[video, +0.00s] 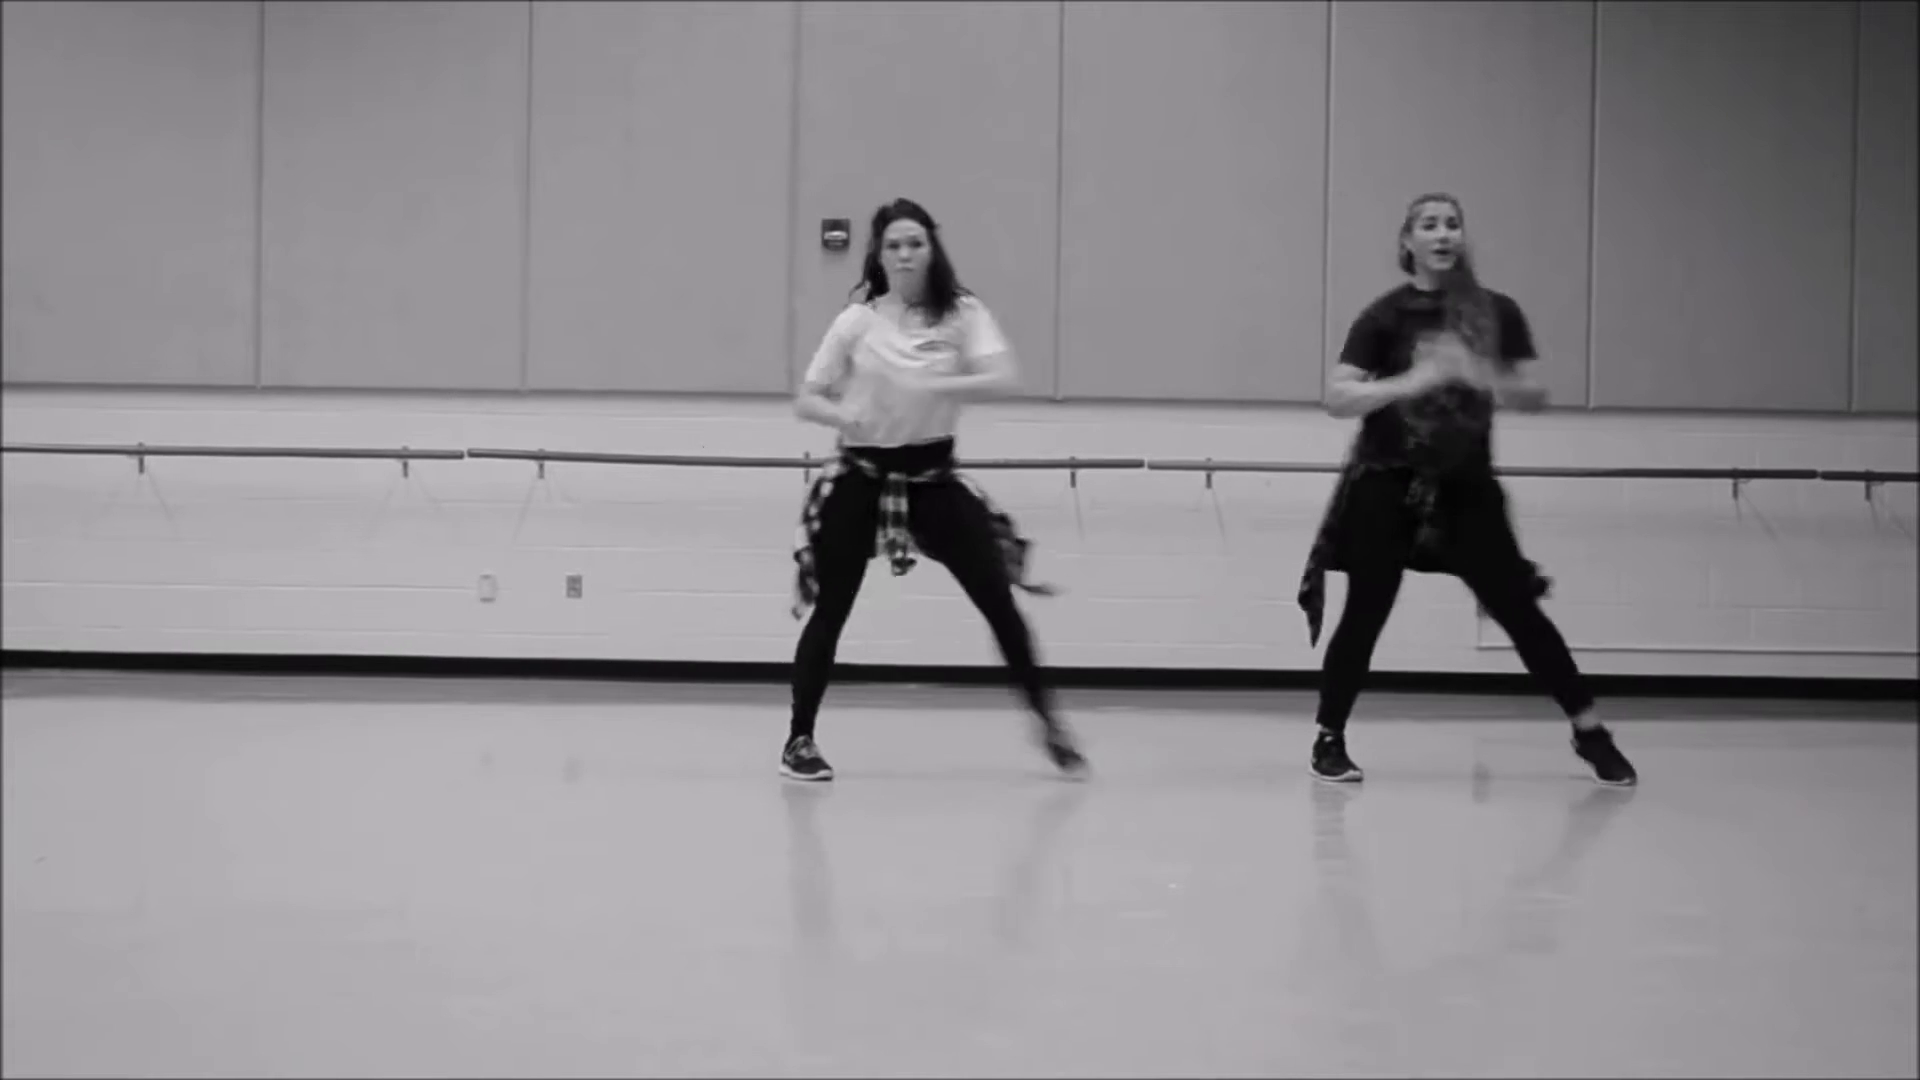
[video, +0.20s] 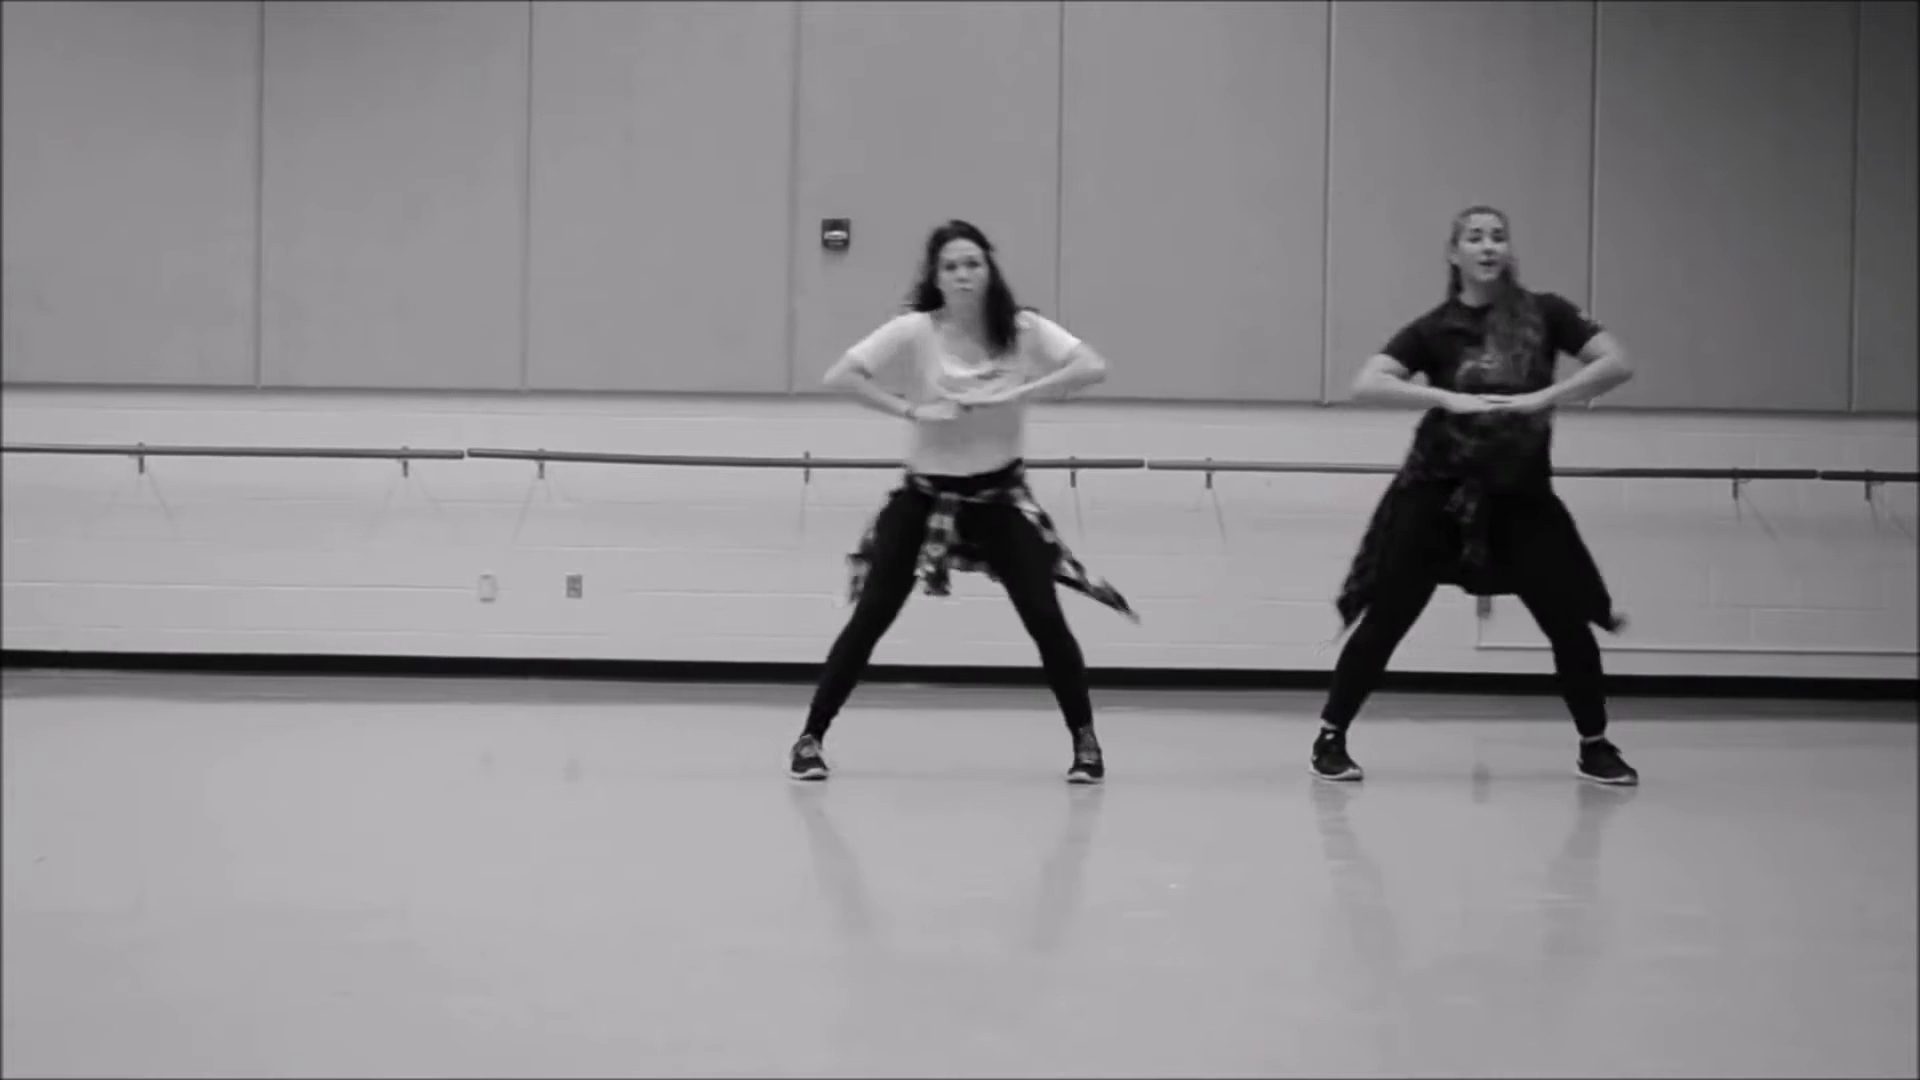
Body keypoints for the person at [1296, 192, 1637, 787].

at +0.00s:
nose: (1443, 235)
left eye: (1452, 225)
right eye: (1429, 226)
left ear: (1465, 238)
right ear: (1406, 241)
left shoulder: (1496, 313)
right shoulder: (1385, 315)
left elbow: (1534, 395)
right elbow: (1338, 397)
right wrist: (1417, 379)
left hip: (1465, 487)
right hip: (1386, 487)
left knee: (1518, 611)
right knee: (1365, 615)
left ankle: (1589, 729)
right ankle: (1329, 738)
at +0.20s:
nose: (1488, 246)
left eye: (1498, 237)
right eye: (1475, 238)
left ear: (1512, 250)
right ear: (1455, 253)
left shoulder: (1545, 314)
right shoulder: (1436, 327)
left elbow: (1617, 363)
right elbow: (1365, 383)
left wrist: (1546, 397)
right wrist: (1445, 398)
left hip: (1520, 498)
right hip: (1436, 497)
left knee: (1570, 623)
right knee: (1387, 619)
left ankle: (1595, 747)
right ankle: (1330, 737)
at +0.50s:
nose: (1525, 262)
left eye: (1536, 256)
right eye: (1513, 253)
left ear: (1546, 271)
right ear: (1489, 265)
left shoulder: (1575, 332)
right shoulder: (1472, 331)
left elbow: (1632, 390)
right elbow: (1426, 333)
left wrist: (1568, 382)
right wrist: (1505, 317)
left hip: (1543, 506)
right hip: (1458, 500)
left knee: (1592, 628)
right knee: (1400, 616)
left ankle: (1598, 747)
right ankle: (1328, 736)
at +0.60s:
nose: (1533, 268)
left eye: (1543, 263)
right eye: (1521, 258)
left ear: (1555, 278)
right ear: (1496, 269)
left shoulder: (1578, 340)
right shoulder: (1466, 336)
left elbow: (1617, 402)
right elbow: (1481, 380)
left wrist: (1573, 344)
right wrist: (1522, 319)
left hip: (1543, 510)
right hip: (1459, 505)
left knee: (1593, 625)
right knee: (1401, 615)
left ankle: (1598, 747)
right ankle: (1329, 736)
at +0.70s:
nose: (1538, 270)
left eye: (1550, 264)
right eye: (1527, 259)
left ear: (1559, 279)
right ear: (1502, 271)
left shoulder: (1578, 339)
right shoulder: (1473, 346)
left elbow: (1656, 343)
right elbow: (1511, 414)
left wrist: (1585, 315)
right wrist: (1548, 347)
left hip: (1542, 509)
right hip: (1459, 501)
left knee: (1590, 621)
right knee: (1399, 614)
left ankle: (1597, 747)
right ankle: (1328, 738)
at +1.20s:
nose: (1593, 287)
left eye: (1595, 278)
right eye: (1585, 275)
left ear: (1578, 280)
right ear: (1548, 273)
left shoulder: (1594, 341)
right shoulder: (1490, 330)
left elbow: (1681, 370)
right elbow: (1468, 364)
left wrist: (1629, 393)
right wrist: (1550, 380)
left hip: (1541, 509)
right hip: (1459, 500)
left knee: (1594, 619)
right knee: (1398, 617)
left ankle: (1596, 747)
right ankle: (1330, 737)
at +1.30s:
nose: (1599, 288)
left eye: (1602, 278)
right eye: (1593, 276)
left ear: (1577, 277)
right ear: (1557, 270)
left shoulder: (1596, 347)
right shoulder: (1495, 321)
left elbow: (1661, 398)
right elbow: (1454, 322)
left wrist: (1623, 417)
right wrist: (1540, 352)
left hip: (1544, 505)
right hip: (1463, 497)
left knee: (1586, 624)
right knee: (1408, 621)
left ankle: (1595, 746)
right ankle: (1336, 738)